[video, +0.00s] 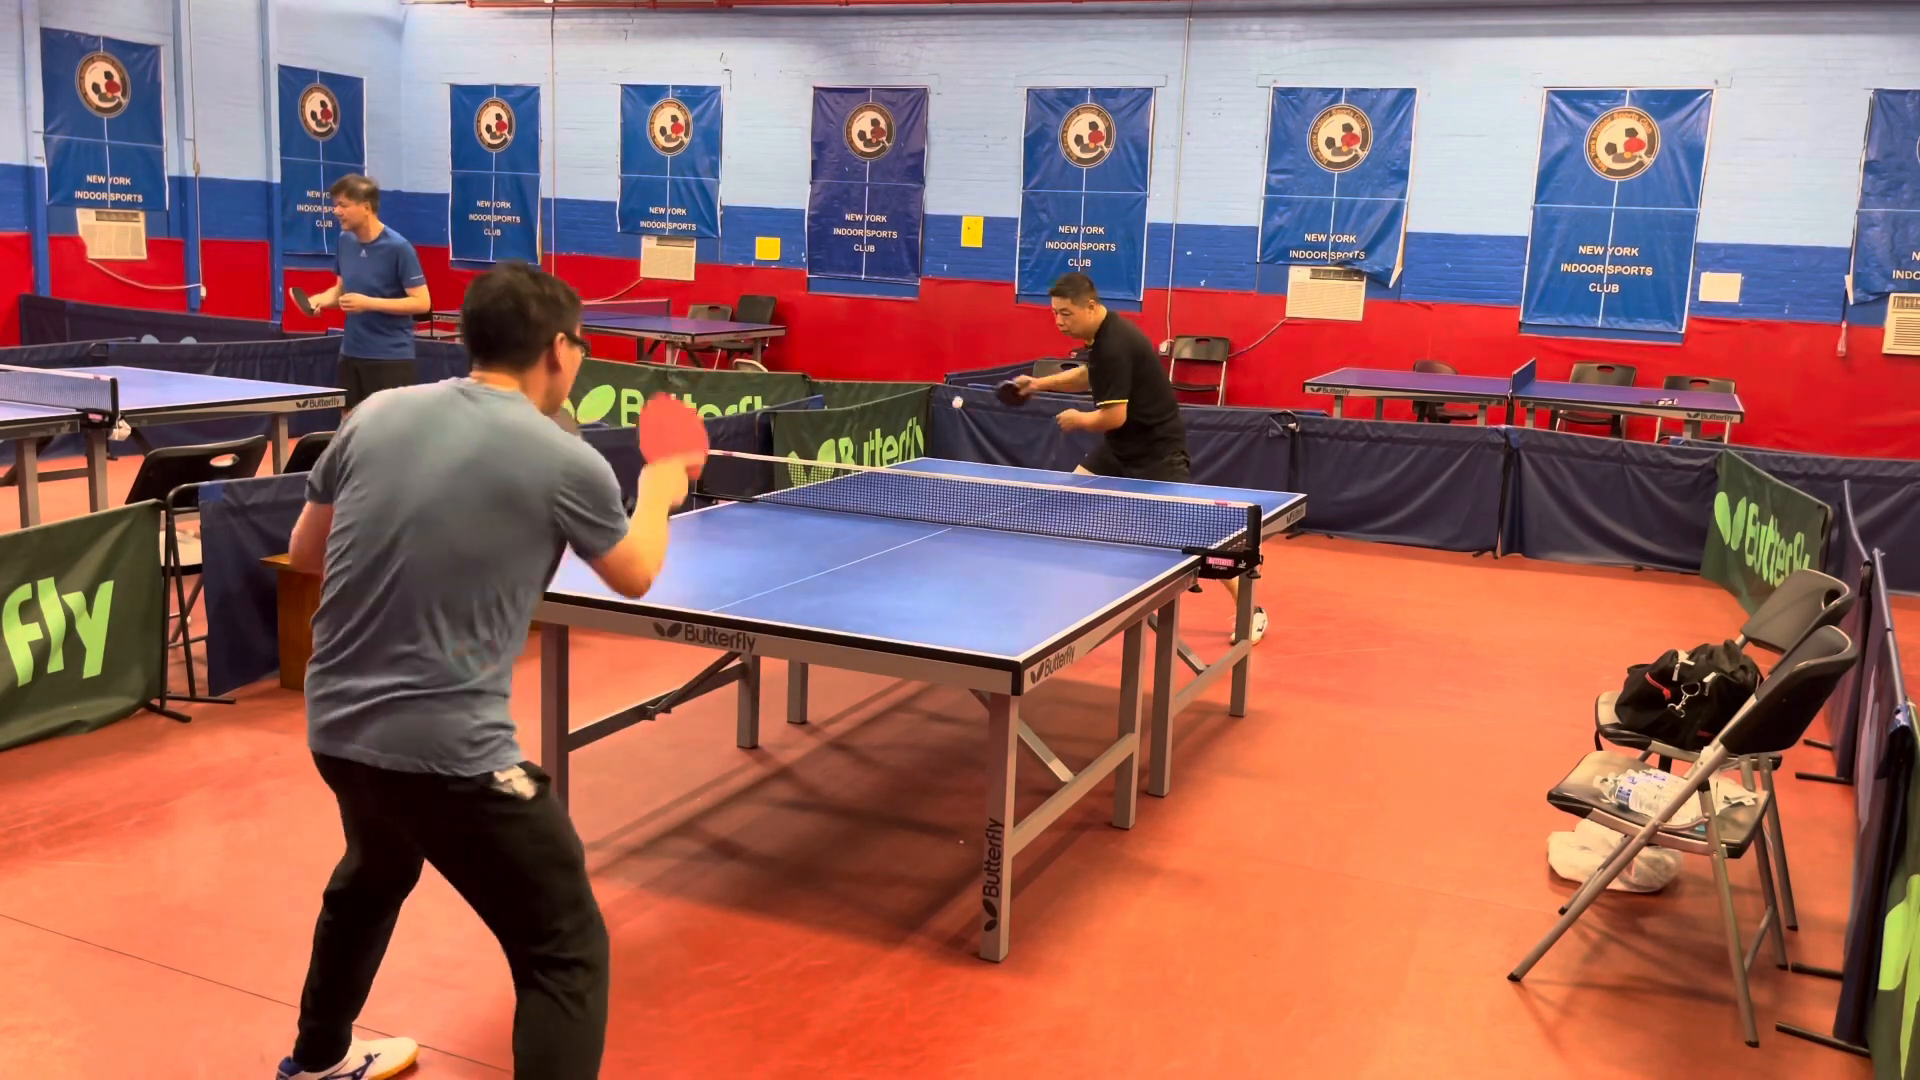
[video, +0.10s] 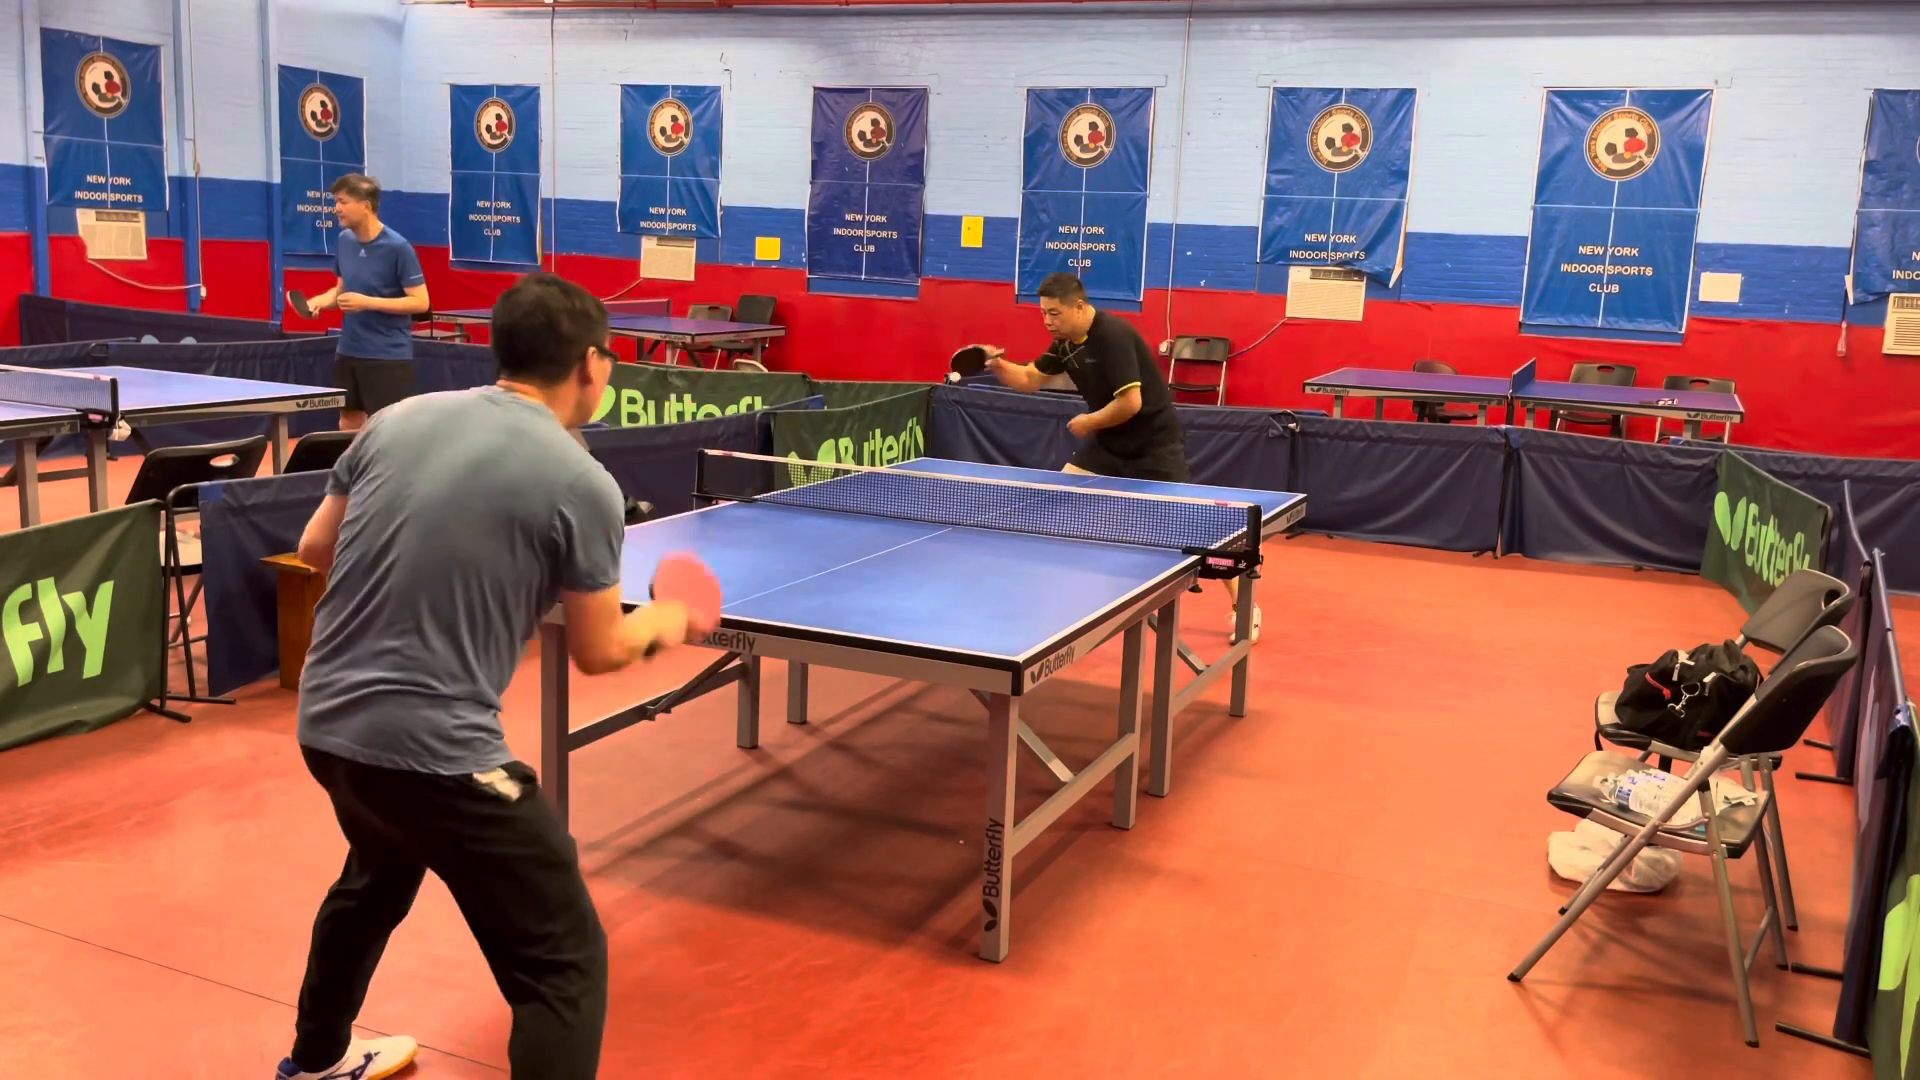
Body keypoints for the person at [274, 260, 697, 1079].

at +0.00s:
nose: (578, 360)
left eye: (576, 344)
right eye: (576, 344)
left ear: (472, 343)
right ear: (554, 349)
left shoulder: (374, 416)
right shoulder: (560, 458)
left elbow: (305, 554)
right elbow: (633, 574)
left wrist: (410, 548)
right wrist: (660, 490)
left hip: (339, 733)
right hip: (454, 750)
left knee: (375, 868)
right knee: (564, 952)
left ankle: (317, 1058)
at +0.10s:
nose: (606, 377)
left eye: (606, 360)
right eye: (605, 360)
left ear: (506, 356)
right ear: (583, 365)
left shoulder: (398, 419)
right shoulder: (580, 480)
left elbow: (316, 550)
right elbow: (597, 648)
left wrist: (423, 586)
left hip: (328, 729)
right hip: (441, 751)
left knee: (380, 865)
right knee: (563, 961)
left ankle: (316, 1056)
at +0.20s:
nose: (640, 392)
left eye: (642, 374)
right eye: (640, 373)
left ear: (541, 362)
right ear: (620, 377)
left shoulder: (436, 422)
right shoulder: (576, 488)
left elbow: (352, 537)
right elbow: (532, 667)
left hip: (317, 712)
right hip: (415, 742)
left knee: (373, 868)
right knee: (533, 958)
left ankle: (307, 1058)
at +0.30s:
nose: (656, 424)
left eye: (658, 405)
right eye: (658, 405)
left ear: (555, 387)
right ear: (632, 407)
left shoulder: (490, 445)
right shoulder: (537, 503)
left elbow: (435, 569)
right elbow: (451, 677)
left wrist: (537, 634)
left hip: (324, 727)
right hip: (382, 757)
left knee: (388, 892)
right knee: (528, 970)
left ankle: (275, 1062)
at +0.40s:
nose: (635, 432)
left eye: (638, 414)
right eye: (635, 414)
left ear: (541, 398)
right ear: (603, 416)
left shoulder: (481, 466)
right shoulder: (483, 505)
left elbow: (466, 608)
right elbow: (382, 659)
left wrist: (571, 653)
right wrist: (435, 798)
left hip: (357, 748)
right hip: (368, 771)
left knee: (418, 892)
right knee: (535, 952)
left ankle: (279, 1062)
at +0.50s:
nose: (584, 404)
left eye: (587, 385)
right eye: (583, 383)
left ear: (524, 374)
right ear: (540, 378)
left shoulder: (447, 443)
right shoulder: (433, 466)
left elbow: (434, 596)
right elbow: (395, 641)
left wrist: (540, 635)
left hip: (360, 731)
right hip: (364, 746)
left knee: (401, 887)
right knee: (504, 947)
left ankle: (276, 1063)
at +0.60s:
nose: (537, 362)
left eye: (539, 344)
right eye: (532, 343)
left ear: (461, 339)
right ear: (486, 344)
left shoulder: (348, 404)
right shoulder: (438, 446)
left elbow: (370, 561)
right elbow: (587, 582)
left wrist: (498, 598)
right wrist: (697, 526)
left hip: (291, 717)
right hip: (352, 735)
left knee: (386, 895)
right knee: (473, 933)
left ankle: (273, 1064)